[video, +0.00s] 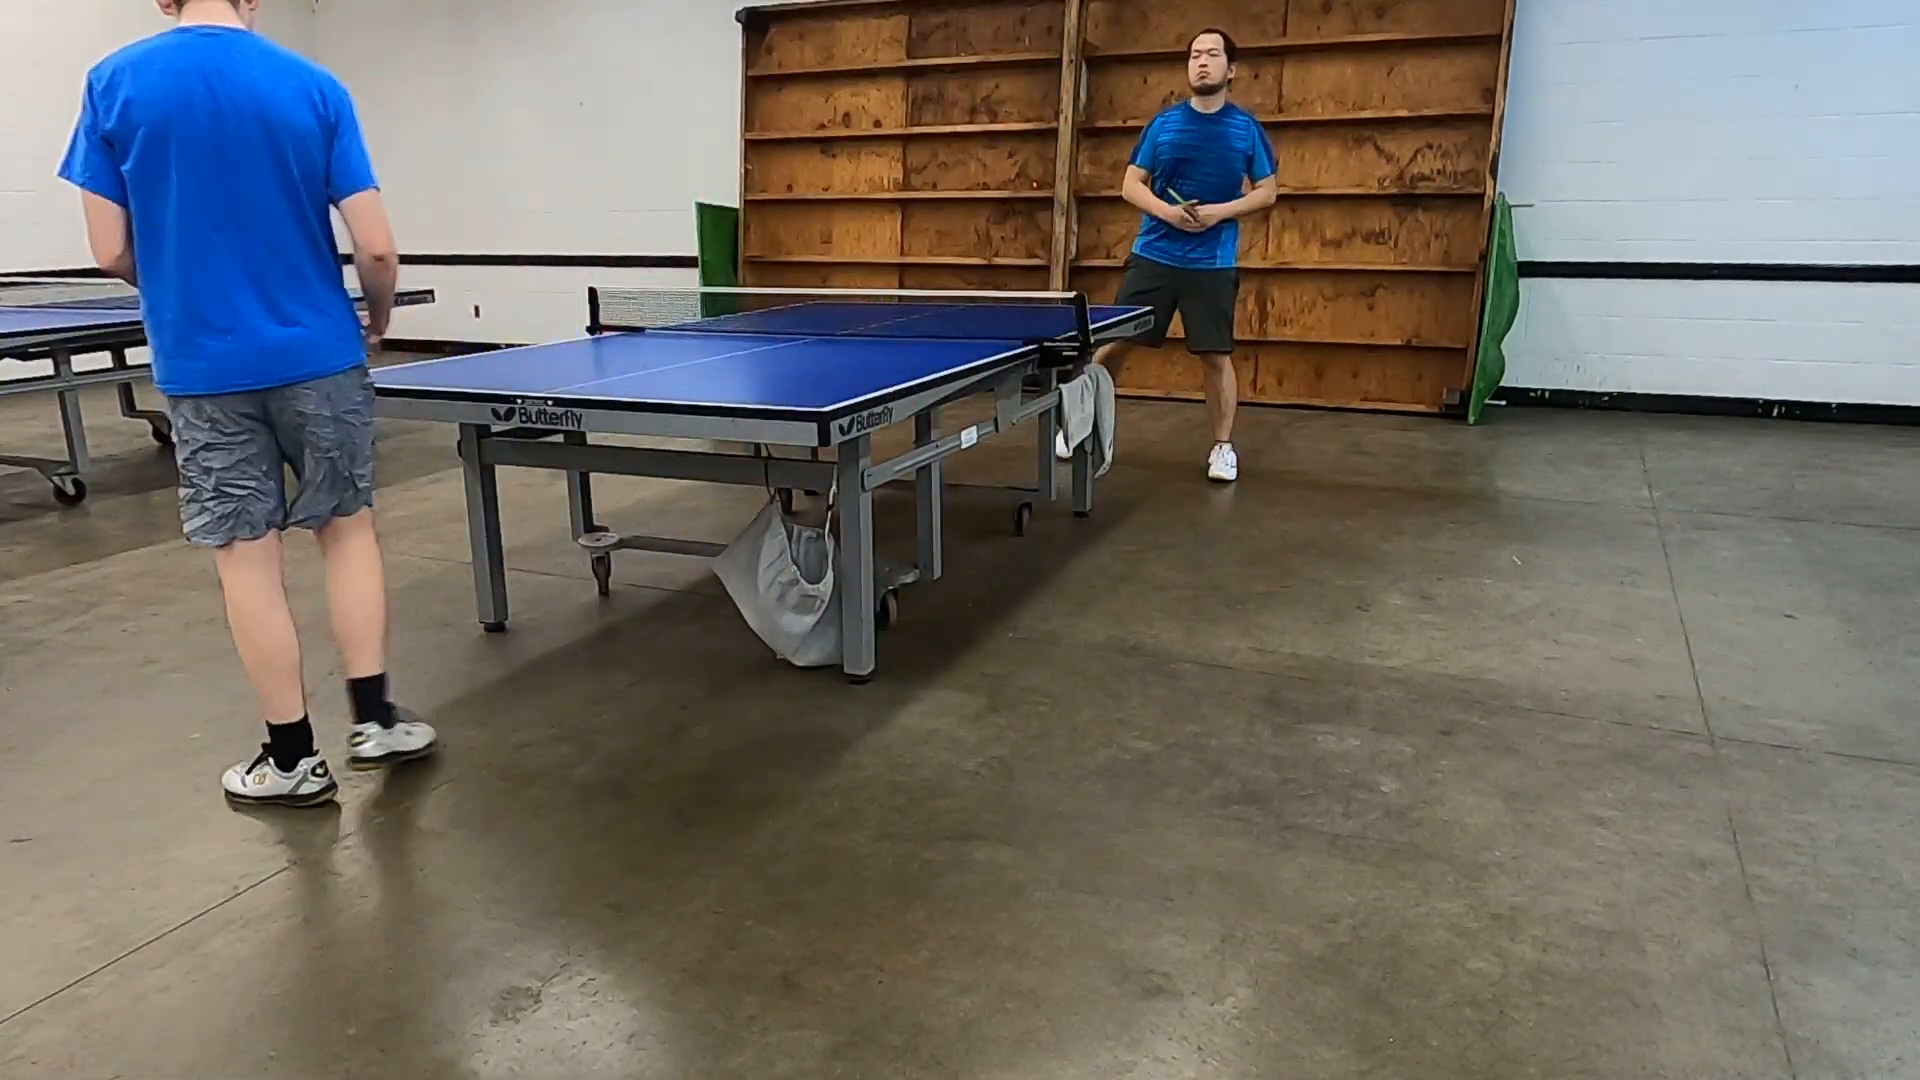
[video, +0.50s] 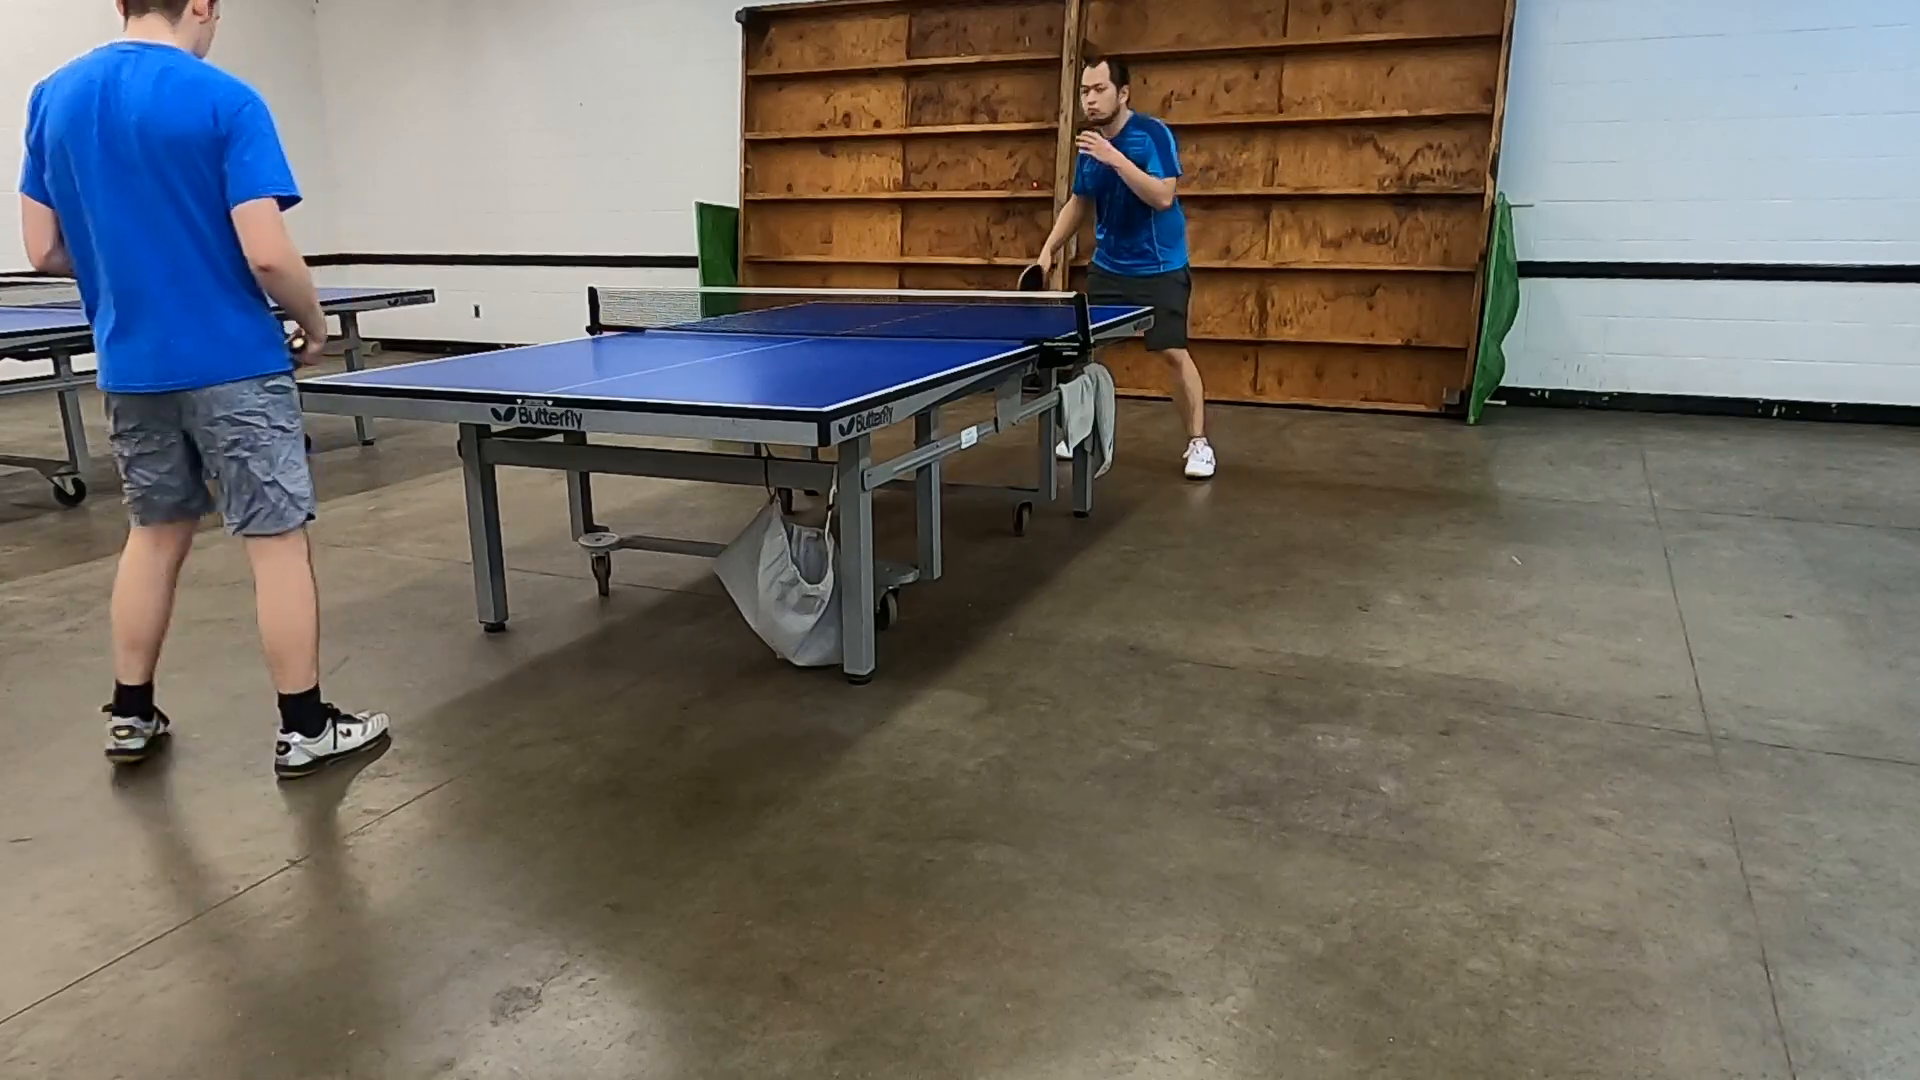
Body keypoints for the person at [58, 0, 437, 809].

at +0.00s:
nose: (157, 20)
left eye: (157, 14)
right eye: (257, 12)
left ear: (163, 7)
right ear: (250, 5)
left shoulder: (117, 80)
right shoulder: (311, 83)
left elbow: (113, 252)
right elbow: (378, 250)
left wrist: (178, 280)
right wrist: (376, 316)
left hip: (202, 364)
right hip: (314, 352)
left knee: (247, 556)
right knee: (347, 523)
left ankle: (294, 757)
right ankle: (375, 719)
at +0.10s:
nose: (252, 19)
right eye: (252, 14)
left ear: (156, 7)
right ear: (242, 8)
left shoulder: (101, 84)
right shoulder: (291, 85)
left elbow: (98, 252)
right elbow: (345, 253)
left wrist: (166, 279)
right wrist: (347, 311)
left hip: (182, 366)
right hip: (294, 355)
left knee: (235, 550)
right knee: (311, 538)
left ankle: (290, 753)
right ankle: (320, 722)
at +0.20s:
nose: (246, 27)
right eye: (248, 18)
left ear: (151, 9)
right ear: (237, 11)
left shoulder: (94, 89)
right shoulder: (282, 96)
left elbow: (85, 251)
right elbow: (331, 261)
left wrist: (156, 267)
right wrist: (338, 316)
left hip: (172, 368)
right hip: (278, 360)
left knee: (216, 544)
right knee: (302, 541)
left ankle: (276, 731)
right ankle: (313, 719)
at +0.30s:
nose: (240, 26)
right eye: (242, 17)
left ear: (145, 10)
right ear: (232, 13)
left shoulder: (85, 92)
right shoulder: (269, 102)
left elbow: (76, 252)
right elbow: (318, 262)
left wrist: (151, 252)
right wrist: (333, 318)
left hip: (165, 366)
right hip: (271, 359)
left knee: (191, 520)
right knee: (300, 534)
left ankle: (233, 690)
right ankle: (309, 726)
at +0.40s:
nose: (230, 26)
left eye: (225, 18)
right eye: (231, 17)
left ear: (134, 9)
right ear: (219, 11)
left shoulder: (70, 91)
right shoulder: (249, 98)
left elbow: (62, 249)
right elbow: (298, 258)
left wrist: (132, 246)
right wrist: (324, 316)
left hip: (146, 361)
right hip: (250, 355)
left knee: (177, 509)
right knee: (287, 530)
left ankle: (177, 699)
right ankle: (306, 724)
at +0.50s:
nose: (215, 29)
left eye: (212, 19)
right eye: (215, 17)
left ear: (120, 10)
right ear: (201, 10)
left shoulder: (55, 96)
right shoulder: (225, 98)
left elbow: (44, 250)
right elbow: (268, 256)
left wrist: (124, 259)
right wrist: (309, 316)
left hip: (130, 367)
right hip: (231, 360)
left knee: (157, 525)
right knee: (276, 534)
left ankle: (129, 715)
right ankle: (305, 724)